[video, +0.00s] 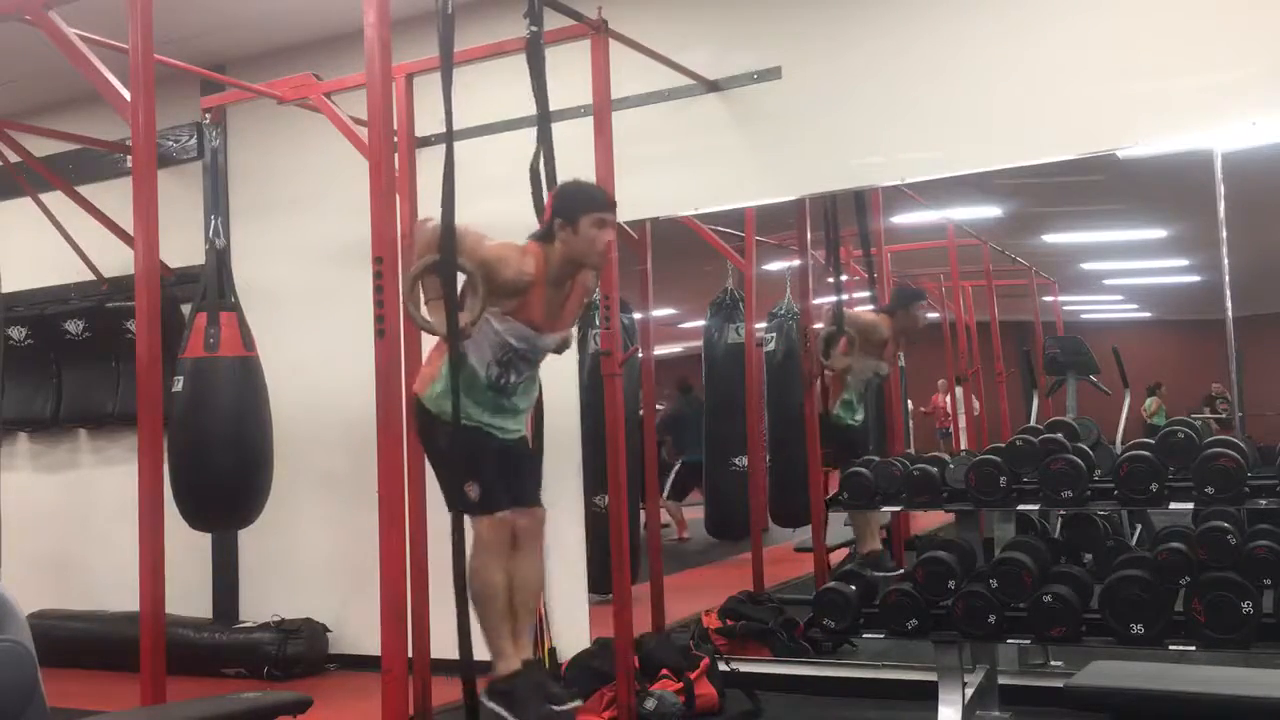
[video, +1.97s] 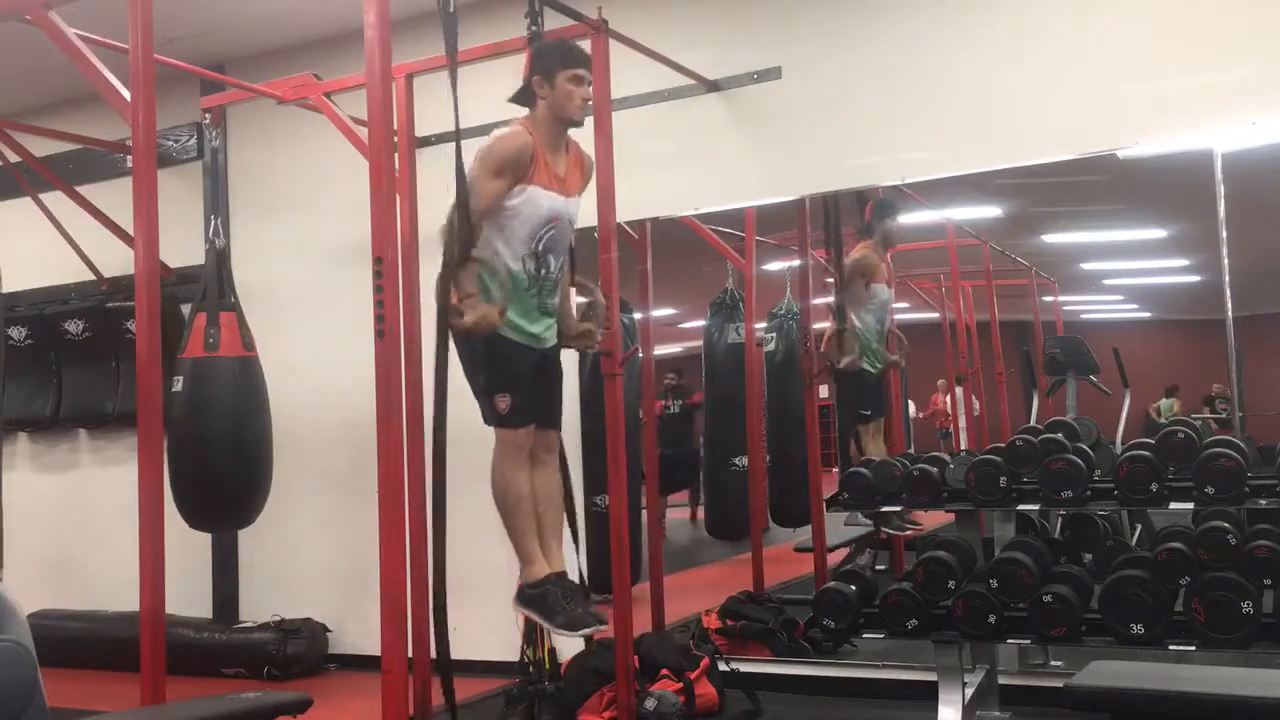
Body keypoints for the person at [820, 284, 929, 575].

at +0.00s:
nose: (924, 317)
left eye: (923, 310)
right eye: (920, 310)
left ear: (904, 311)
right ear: (904, 310)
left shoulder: (890, 336)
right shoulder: (879, 326)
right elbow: (834, 313)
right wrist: (828, 357)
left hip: (860, 407)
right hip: (844, 407)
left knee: (867, 475)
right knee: (859, 476)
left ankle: (870, 547)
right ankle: (868, 549)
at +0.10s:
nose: (916, 298)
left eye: (916, 293)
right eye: (913, 292)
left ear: (898, 292)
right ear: (898, 292)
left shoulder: (891, 321)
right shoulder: (876, 315)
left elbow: (890, 358)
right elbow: (830, 310)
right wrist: (822, 359)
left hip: (866, 401)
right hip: (850, 401)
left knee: (865, 466)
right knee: (856, 468)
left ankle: (862, 539)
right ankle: (856, 542)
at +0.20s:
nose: (910, 282)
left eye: (909, 276)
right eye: (905, 276)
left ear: (892, 278)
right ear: (890, 277)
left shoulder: (888, 310)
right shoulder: (869, 305)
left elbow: (879, 354)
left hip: (859, 393)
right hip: (842, 394)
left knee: (860, 460)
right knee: (854, 461)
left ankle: (858, 528)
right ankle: (848, 532)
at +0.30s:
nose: (906, 267)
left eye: (906, 261)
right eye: (901, 260)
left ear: (893, 266)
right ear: (884, 264)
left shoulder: (886, 300)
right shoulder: (864, 291)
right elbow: (823, 309)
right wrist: (825, 351)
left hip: (854, 386)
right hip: (837, 385)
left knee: (853, 454)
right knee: (852, 452)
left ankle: (845, 522)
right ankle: (842, 524)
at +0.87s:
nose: (884, 228)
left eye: (885, 221)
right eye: (881, 220)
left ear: (871, 219)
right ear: (866, 219)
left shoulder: (862, 255)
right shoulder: (847, 254)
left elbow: (862, 309)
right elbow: (834, 305)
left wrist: (872, 347)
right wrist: (829, 349)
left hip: (858, 351)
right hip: (844, 353)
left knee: (845, 426)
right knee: (839, 426)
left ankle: (841, 499)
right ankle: (831, 502)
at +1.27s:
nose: (883, 224)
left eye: (883, 217)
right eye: (878, 217)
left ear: (875, 219)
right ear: (860, 219)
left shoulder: (862, 254)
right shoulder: (848, 254)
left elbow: (865, 308)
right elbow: (841, 307)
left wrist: (876, 346)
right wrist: (834, 351)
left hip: (866, 353)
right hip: (850, 354)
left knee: (872, 422)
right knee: (858, 422)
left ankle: (884, 482)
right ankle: (863, 486)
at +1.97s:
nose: (898, 229)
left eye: (898, 222)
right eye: (893, 222)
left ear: (885, 223)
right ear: (876, 223)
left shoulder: (882, 262)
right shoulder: (861, 261)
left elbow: (877, 314)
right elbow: (845, 312)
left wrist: (889, 343)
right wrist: (852, 353)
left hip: (873, 355)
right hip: (858, 357)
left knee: (876, 431)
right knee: (870, 433)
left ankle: (885, 501)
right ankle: (886, 504)